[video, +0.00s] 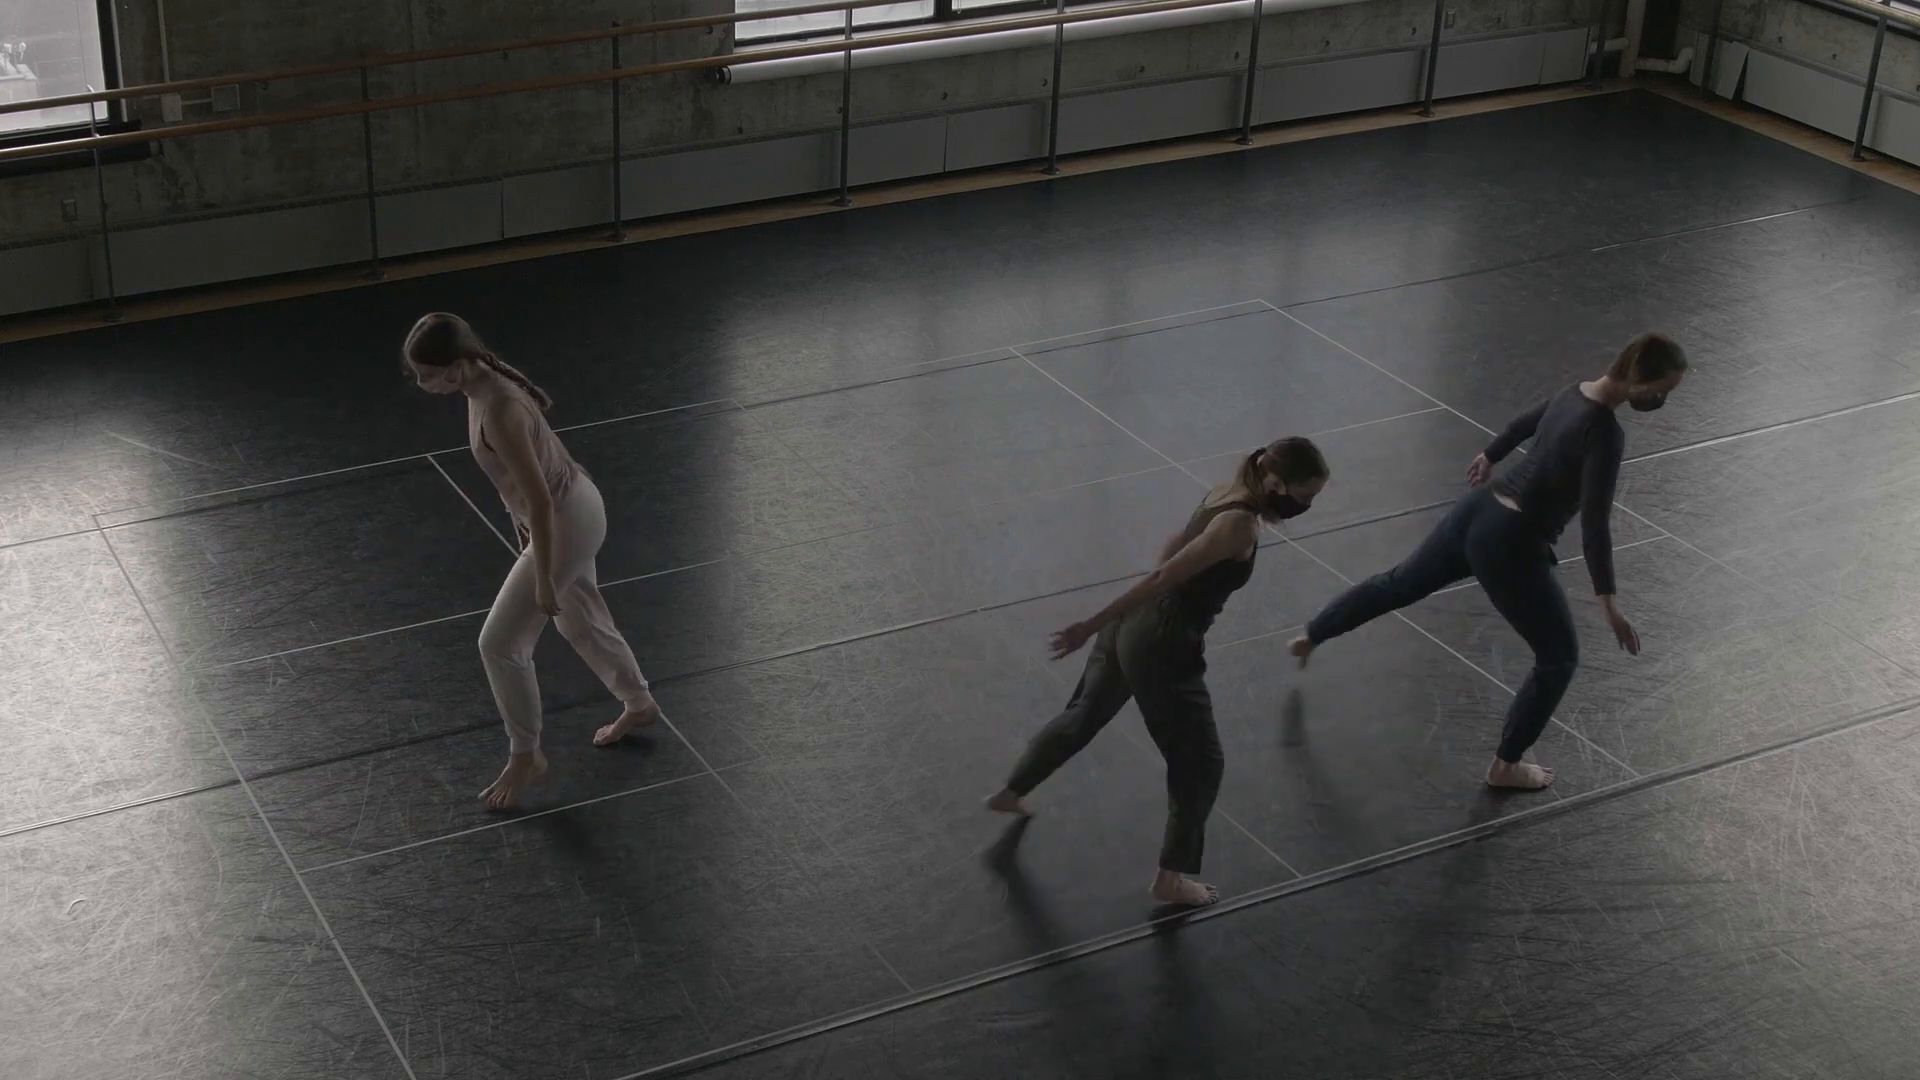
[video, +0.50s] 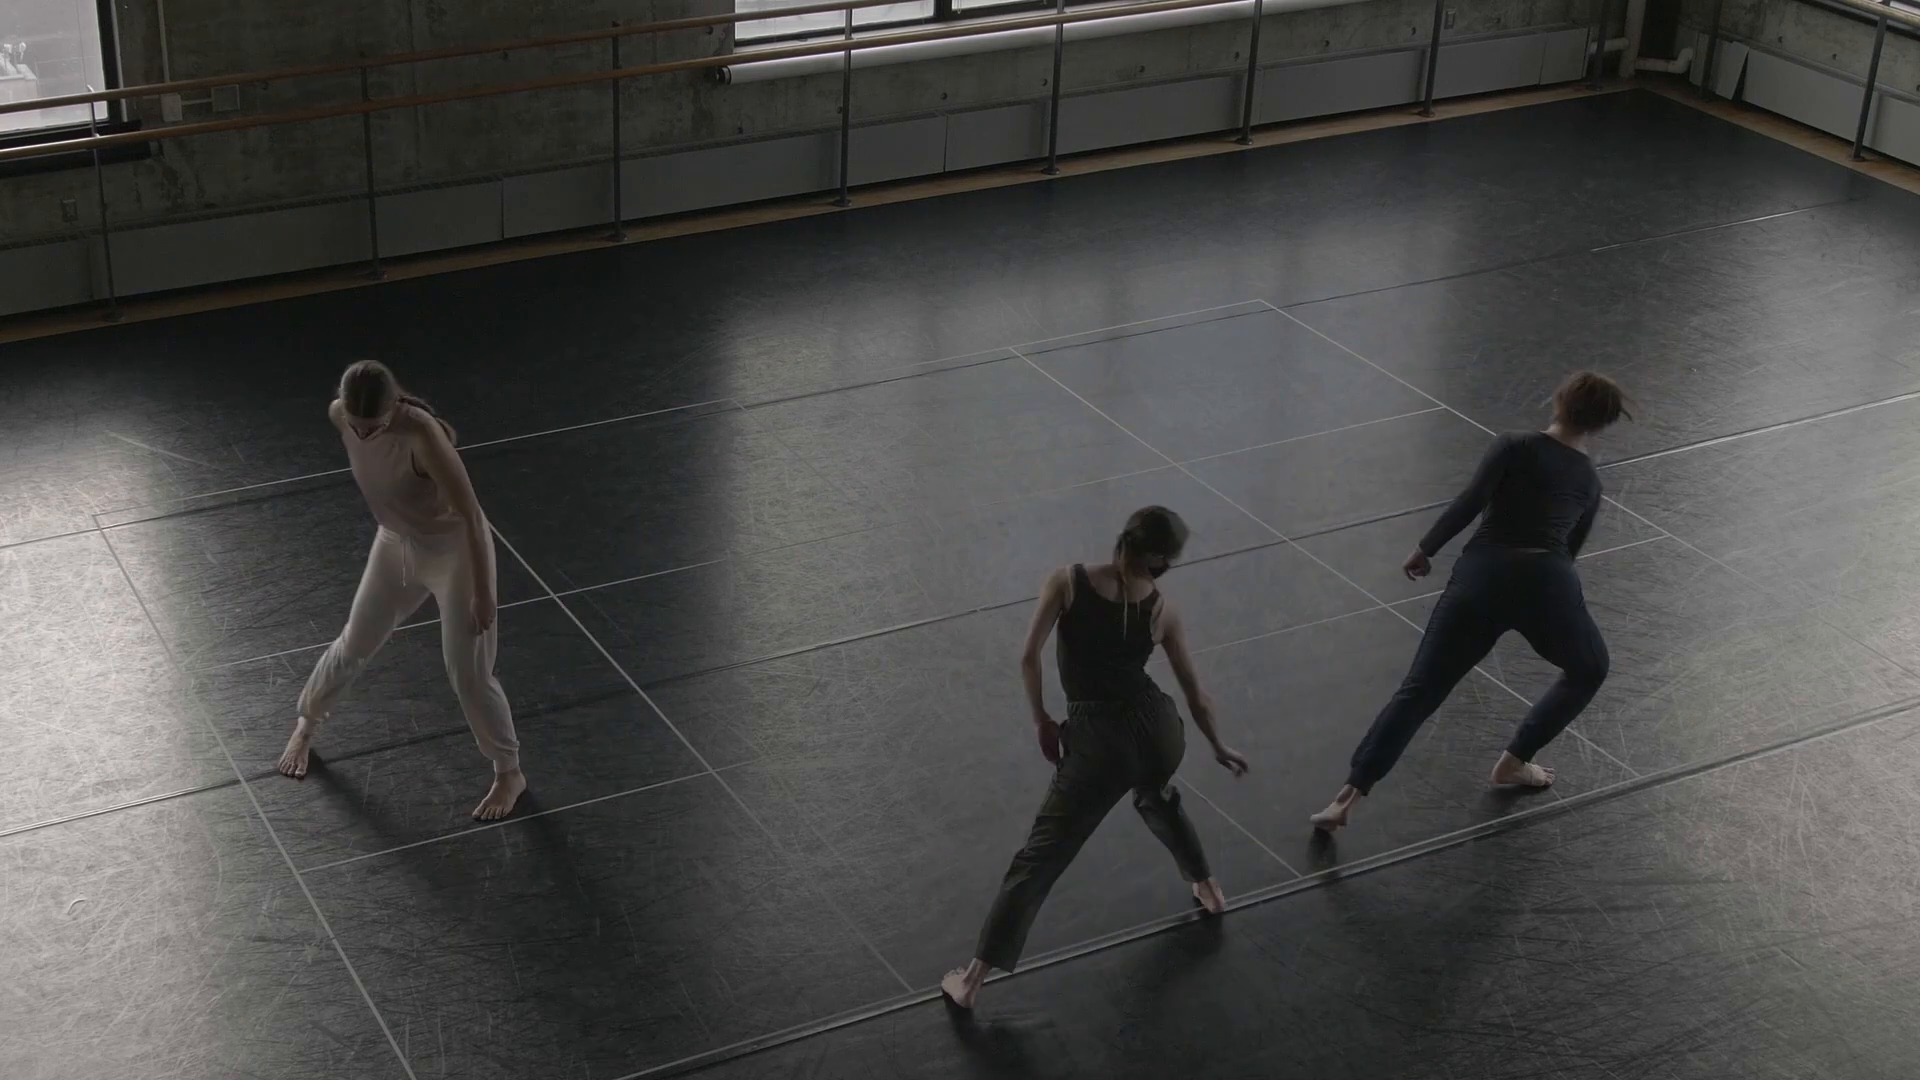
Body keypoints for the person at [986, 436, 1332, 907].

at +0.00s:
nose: (1302, 509)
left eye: (1307, 502)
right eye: (1301, 500)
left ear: (1267, 472)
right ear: (1271, 481)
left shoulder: (1229, 495)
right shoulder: (1237, 527)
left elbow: (1174, 548)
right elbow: (1162, 579)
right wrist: (1091, 625)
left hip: (1130, 626)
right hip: (1164, 650)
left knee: (1083, 716)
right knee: (1199, 761)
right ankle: (1173, 876)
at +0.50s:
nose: (1163, 570)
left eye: (1165, 562)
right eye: (1164, 563)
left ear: (1123, 541)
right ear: (1160, 559)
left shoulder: (1069, 581)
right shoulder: (1159, 607)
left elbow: (1030, 656)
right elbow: (1196, 695)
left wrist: (1041, 721)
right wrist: (1219, 746)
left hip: (1098, 746)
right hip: (1160, 734)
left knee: (1039, 855)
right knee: (1156, 795)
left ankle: (972, 980)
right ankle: (1207, 889)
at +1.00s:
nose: (923, 645)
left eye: (921, 637)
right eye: (924, 636)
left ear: (927, 634)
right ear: (961, 621)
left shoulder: (930, 664)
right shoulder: (997, 636)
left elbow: (892, 727)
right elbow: (1023, 720)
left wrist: (866, 764)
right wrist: (994, 798)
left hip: (1033, 712)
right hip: (1081, 698)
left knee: (1008, 837)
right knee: (1107, 820)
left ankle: (975, 971)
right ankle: (1222, 853)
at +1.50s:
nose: (858, 603)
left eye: (857, 597)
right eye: (857, 597)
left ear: (861, 588)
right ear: (890, 564)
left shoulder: (864, 600)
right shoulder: (933, 570)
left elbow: (860, 698)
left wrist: (873, 768)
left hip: (936, 644)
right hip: (992, 627)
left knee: (943, 772)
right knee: (1040, 748)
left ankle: (967, 861)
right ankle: (1107, 838)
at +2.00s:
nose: (871, 620)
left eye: (871, 614)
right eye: (869, 615)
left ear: (879, 605)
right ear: (907, 584)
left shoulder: (880, 615)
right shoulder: (956, 587)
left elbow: (857, 711)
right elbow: (972, 653)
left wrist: (873, 769)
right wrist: (961, 724)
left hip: (937, 665)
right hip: (1005, 654)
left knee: (903, 701)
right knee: (964, 690)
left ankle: (941, 791)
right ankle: (993, 782)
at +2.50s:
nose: (907, 515)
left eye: (905, 510)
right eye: (907, 510)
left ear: (910, 506)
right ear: (946, 489)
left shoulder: (910, 528)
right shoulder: (985, 507)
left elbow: (878, 604)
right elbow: (1004, 569)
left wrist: (862, 656)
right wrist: (956, 613)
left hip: (972, 623)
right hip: (1028, 616)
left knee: (934, 699)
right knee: (984, 696)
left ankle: (948, 798)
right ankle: (992, 793)